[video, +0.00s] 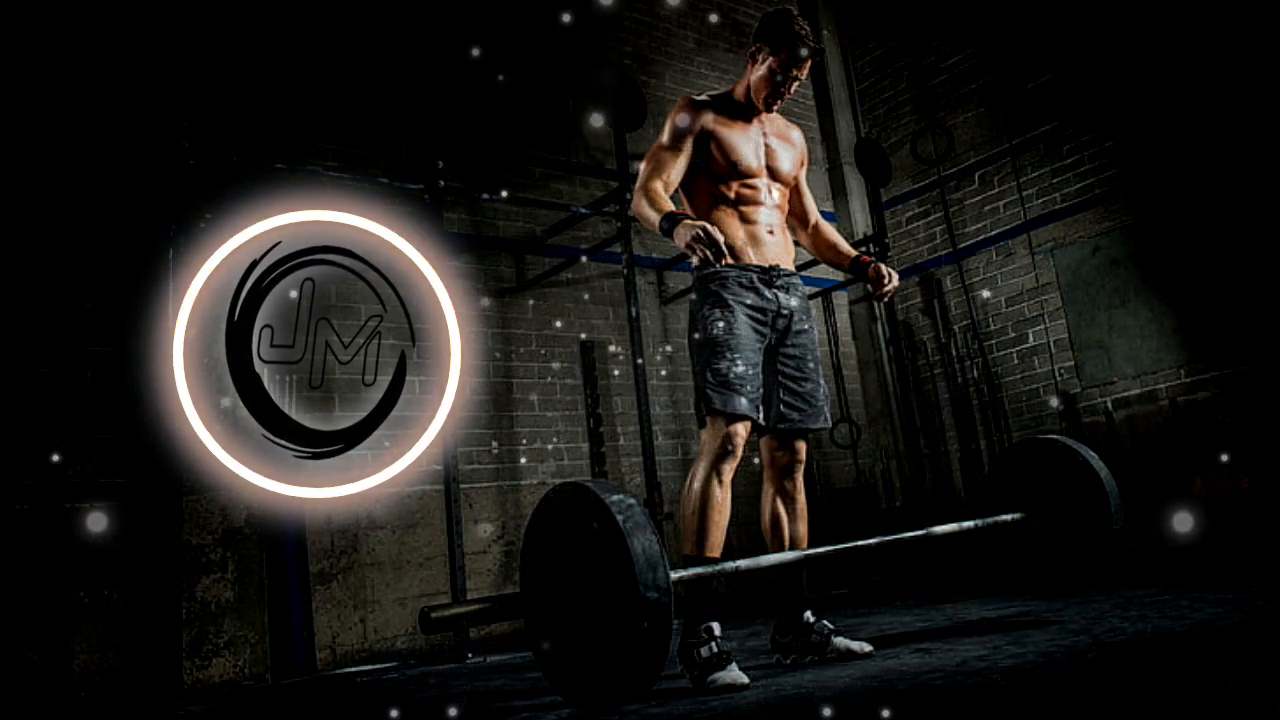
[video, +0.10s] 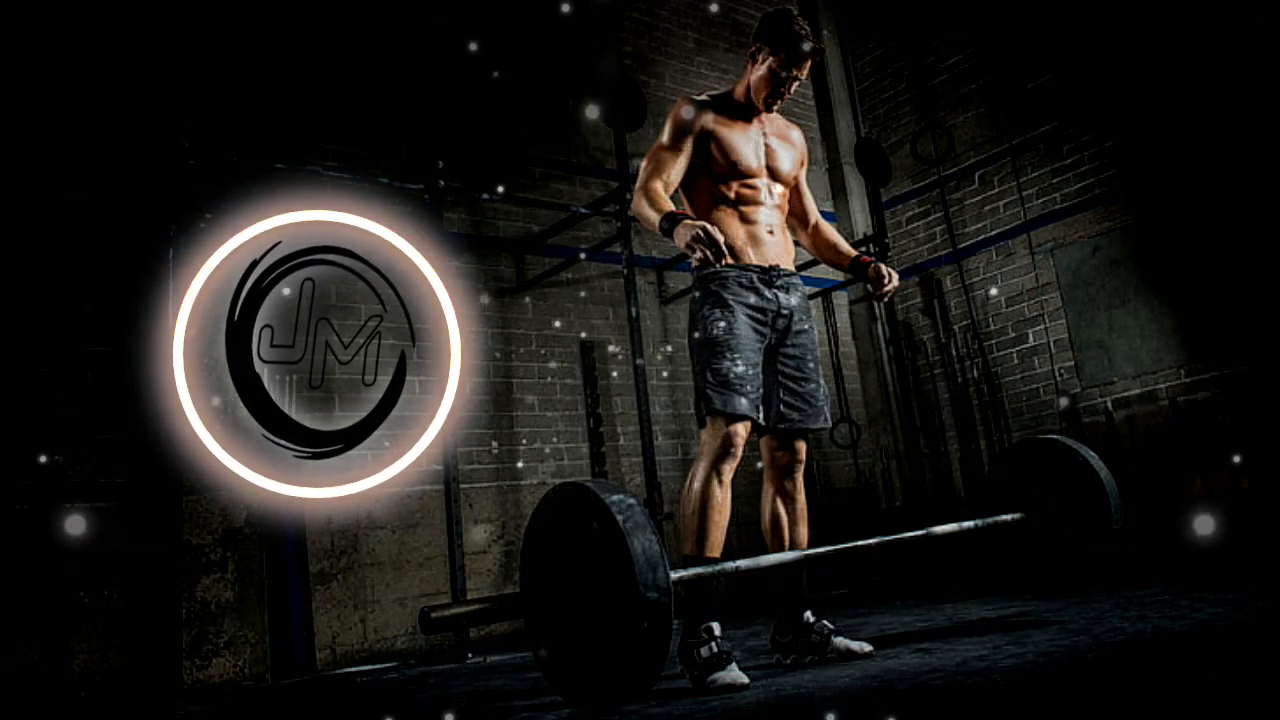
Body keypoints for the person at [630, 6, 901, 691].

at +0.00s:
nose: (789, 88)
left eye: (799, 78)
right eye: (786, 72)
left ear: (801, 77)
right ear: (756, 58)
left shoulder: (792, 137)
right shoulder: (697, 117)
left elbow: (808, 224)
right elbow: (645, 197)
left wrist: (860, 264)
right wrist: (676, 226)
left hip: (790, 297)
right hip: (730, 293)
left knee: (790, 455)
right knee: (730, 437)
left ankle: (798, 624)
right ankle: (699, 634)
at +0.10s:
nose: (791, 88)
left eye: (800, 78)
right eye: (788, 72)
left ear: (800, 75)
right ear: (757, 58)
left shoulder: (792, 136)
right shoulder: (696, 116)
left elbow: (808, 224)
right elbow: (645, 198)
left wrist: (860, 264)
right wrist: (676, 226)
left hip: (791, 297)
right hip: (731, 293)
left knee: (790, 455)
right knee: (730, 438)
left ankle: (798, 624)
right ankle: (699, 633)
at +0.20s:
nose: (793, 88)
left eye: (802, 79)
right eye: (789, 73)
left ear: (802, 76)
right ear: (757, 58)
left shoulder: (792, 136)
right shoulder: (697, 115)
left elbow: (809, 225)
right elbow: (645, 199)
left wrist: (861, 264)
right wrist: (676, 226)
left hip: (790, 297)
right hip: (730, 293)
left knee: (790, 454)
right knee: (729, 439)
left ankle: (797, 624)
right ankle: (698, 633)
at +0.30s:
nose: (793, 88)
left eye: (802, 78)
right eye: (789, 73)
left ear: (802, 76)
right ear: (757, 58)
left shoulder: (792, 137)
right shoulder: (698, 114)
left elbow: (809, 225)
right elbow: (645, 199)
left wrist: (861, 265)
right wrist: (676, 225)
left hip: (790, 298)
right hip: (730, 293)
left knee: (790, 455)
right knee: (729, 438)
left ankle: (798, 624)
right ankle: (698, 633)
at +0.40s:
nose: (791, 87)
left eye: (800, 78)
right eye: (787, 72)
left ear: (803, 76)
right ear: (757, 57)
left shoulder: (792, 137)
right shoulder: (698, 116)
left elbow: (809, 224)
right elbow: (645, 197)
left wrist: (860, 264)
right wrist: (676, 226)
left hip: (790, 297)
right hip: (730, 293)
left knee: (790, 455)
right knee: (729, 438)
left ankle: (798, 624)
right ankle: (699, 634)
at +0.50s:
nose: (793, 88)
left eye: (802, 78)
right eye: (789, 73)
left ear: (804, 76)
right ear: (757, 58)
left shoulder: (792, 136)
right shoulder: (697, 115)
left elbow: (809, 225)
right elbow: (645, 198)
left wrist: (860, 264)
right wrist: (677, 225)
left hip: (790, 297)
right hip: (730, 292)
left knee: (790, 455)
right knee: (729, 439)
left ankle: (798, 624)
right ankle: (699, 634)